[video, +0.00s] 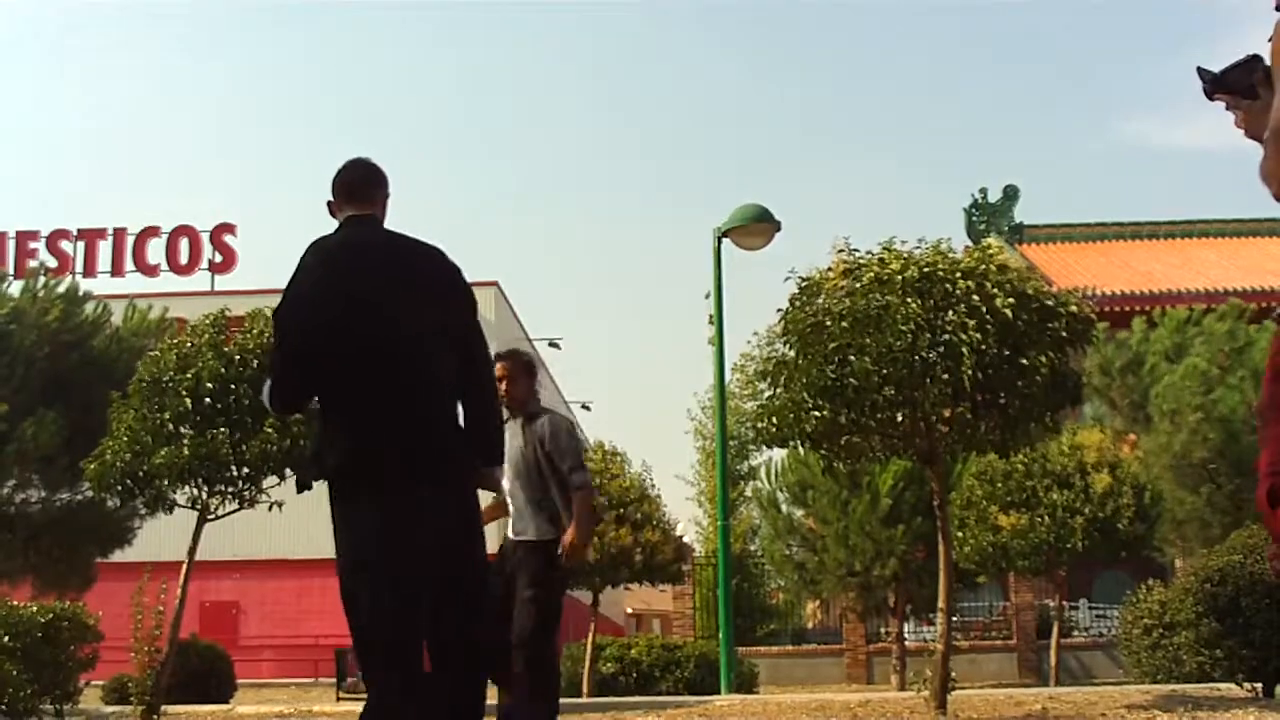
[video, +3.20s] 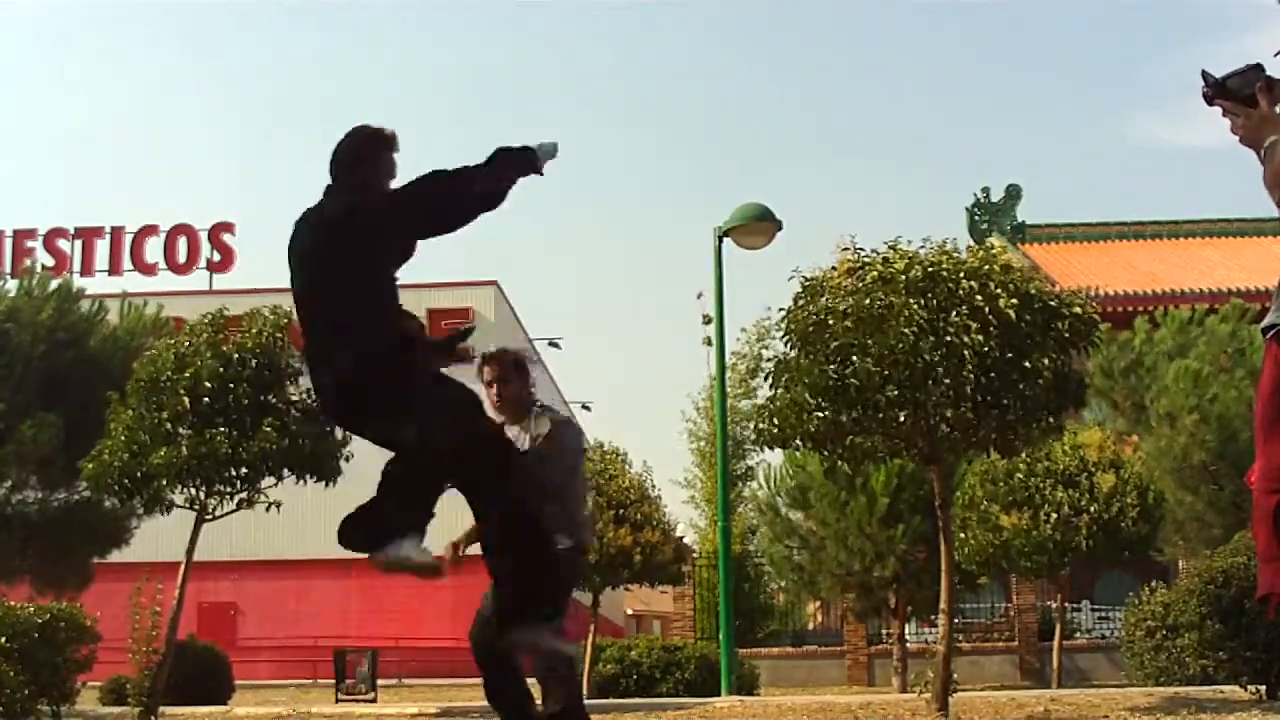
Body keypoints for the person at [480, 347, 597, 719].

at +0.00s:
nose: (501, 387)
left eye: (508, 379)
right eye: (497, 381)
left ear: (531, 381)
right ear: (495, 386)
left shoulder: (552, 424)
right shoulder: (508, 429)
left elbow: (581, 483)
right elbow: (512, 494)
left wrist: (579, 532)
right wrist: (477, 520)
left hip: (544, 546)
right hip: (513, 546)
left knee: (532, 638)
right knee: (501, 636)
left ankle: (536, 712)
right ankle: (514, 709)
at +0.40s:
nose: (492, 394)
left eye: (498, 386)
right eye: (488, 387)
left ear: (509, 384)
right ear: (483, 389)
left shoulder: (535, 434)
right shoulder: (474, 431)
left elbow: (560, 494)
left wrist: (560, 543)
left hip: (517, 541)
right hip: (479, 542)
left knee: (507, 628)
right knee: (486, 630)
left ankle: (527, 707)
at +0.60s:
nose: (497, 393)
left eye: (502, 384)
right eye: (492, 384)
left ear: (513, 384)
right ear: (481, 388)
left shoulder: (534, 434)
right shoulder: (473, 432)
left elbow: (563, 499)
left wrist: (568, 550)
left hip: (516, 552)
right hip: (475, 552)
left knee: (521, 647)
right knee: (477, 650)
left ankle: (536, 713)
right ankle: (484, 712)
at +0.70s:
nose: (495, 385)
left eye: (504, 377)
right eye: (491, 377)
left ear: (521, 378)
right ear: (484, 382)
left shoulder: (540, 430)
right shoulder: (484, 433)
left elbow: (568, 491)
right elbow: (479, 490)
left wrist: (569, 548)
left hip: (523, 547)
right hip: (486, 546)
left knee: (518, 637)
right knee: (482, 639)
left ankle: (536, 712)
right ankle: (483, 710)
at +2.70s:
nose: (501, 363)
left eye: (509, 354)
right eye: (495, 356)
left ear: (531, 358)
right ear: (490, 364)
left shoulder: (559, 413)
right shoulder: (495, 421)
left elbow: (588, 474)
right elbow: (496, 484)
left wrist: (585, 524)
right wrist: (468, 513)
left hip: (552, 539)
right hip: (512, 540)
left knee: (552, 634)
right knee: (513, 639)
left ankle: (574, 712)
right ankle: (527, 714)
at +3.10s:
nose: (498, 373)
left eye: (505, 363)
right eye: (492, 366)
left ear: (526, 366)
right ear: (486, 372)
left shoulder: (558, 413)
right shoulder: (494, 417)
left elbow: (579, 479)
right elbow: (490, 475)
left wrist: (570, 534)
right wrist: (478, 525)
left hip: (556, 537)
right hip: (513, 538)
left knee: (551, 639)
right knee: (497, 635)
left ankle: (571, 710)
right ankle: (522, 711)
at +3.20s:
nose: (495, 392)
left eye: (504, 383)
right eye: (489, 384)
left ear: (527, 386)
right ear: (483, 389)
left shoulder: (561, 430)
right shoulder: (495, 436)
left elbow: (539, 493)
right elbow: (500, 504)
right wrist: (464, 540)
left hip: (562, 550)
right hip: (517, 551)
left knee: (543, 639)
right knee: (486, 639)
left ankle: (567, 711)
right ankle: (519, 713)